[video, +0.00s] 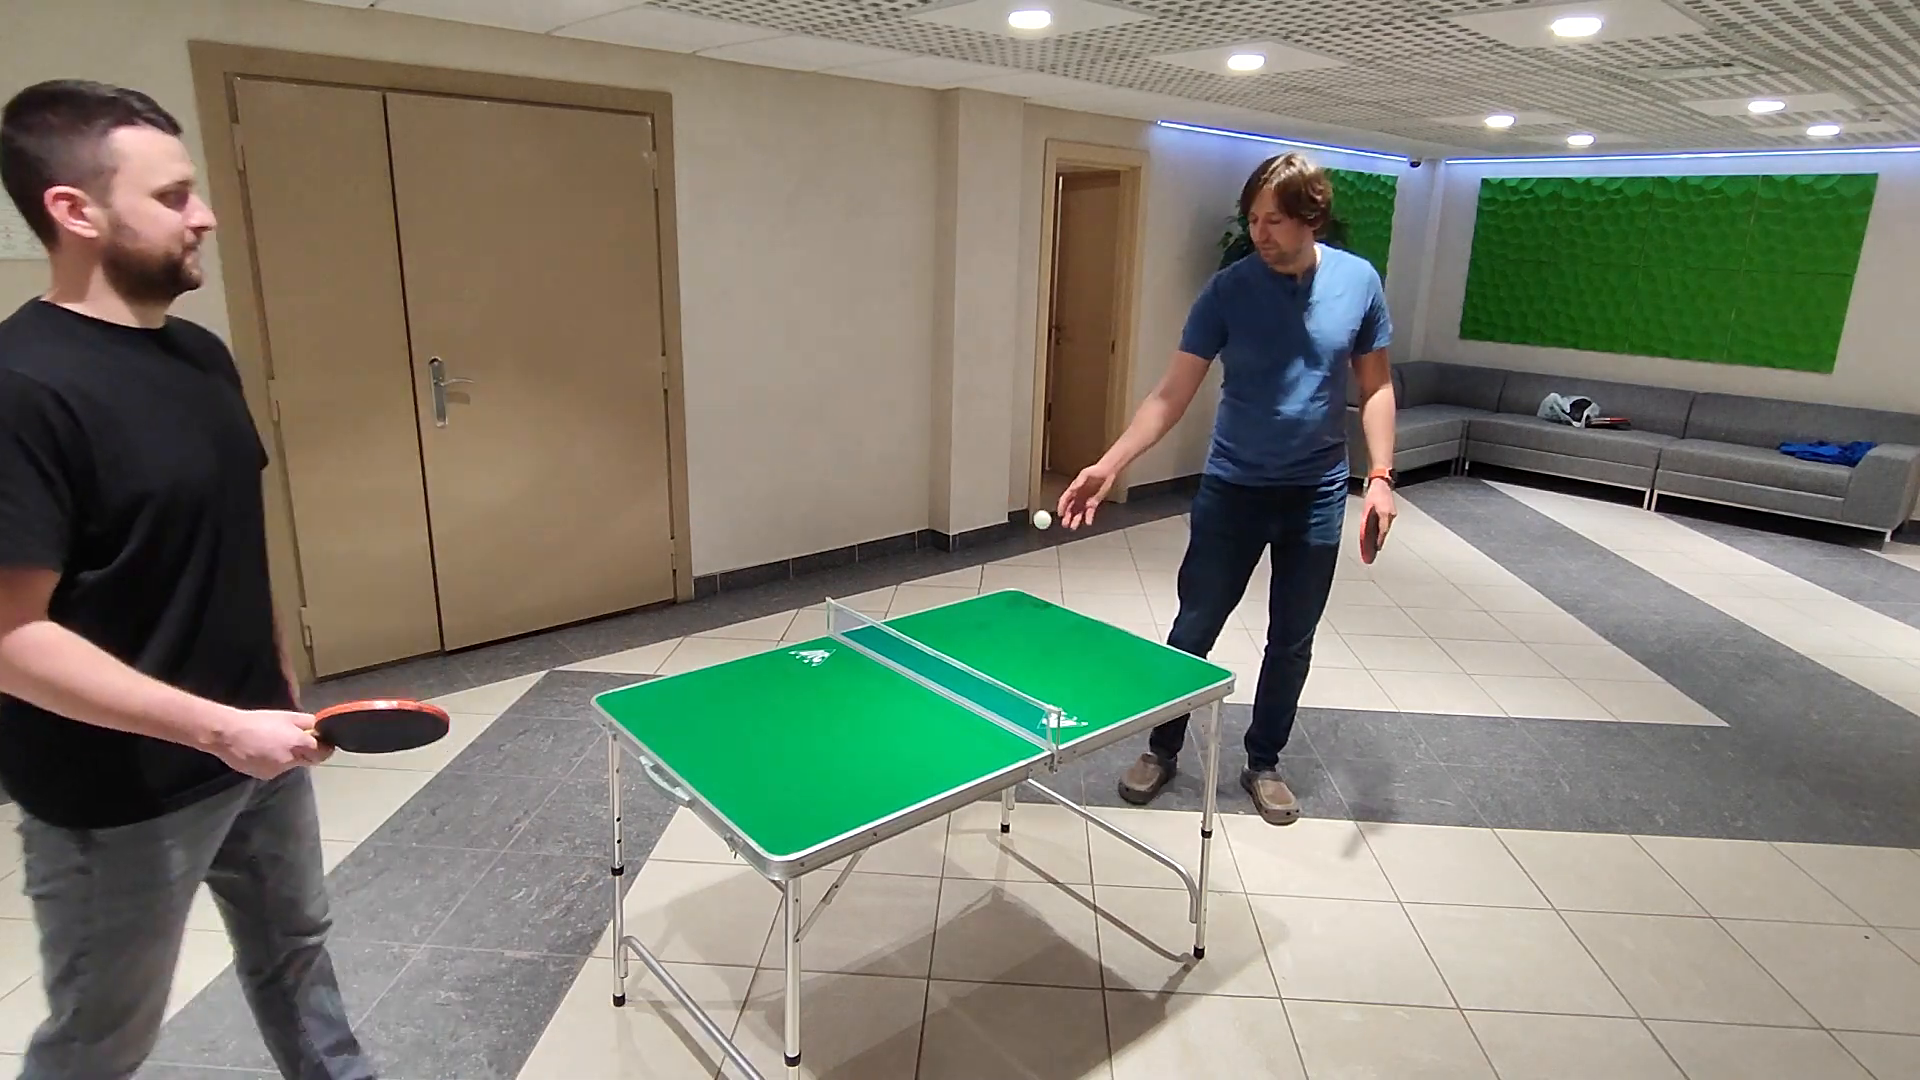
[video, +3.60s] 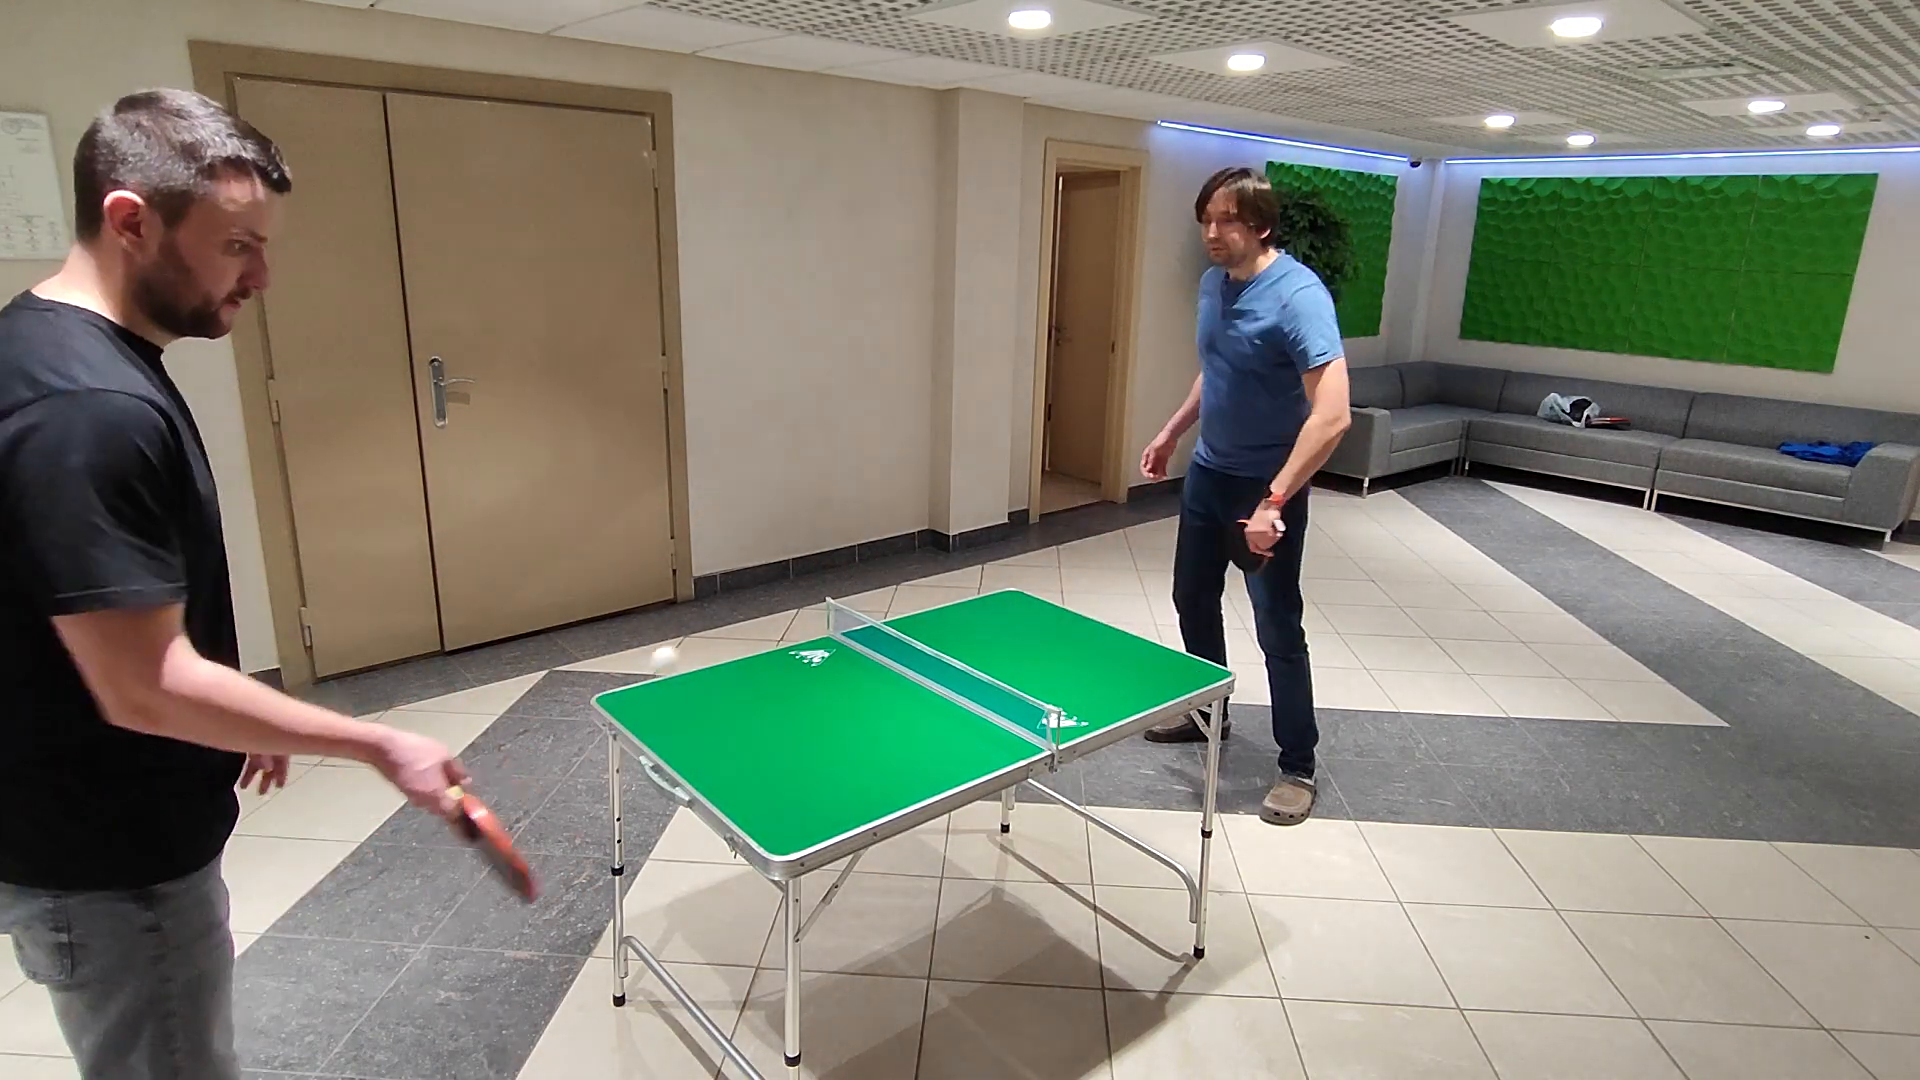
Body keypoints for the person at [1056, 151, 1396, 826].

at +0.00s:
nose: (1260, 233)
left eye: (1274, 221)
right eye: (1254, 219)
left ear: (1312, 220)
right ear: (1249, 219)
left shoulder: (1359, 282)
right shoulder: (1231, 289)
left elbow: (1376, 387)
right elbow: (1169, 398)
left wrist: (1381, 477)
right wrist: (1109, 466)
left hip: (1317, 490)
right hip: (1232, 486)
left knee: (1293, 643)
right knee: (1192, 630)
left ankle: (1264, 764)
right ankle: (1160, 752)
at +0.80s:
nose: (1225, 222)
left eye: (1237, 208)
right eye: (1212, 207)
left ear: (1252, 207)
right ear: (1187, 206)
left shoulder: (1272, 278)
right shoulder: (1150, 285)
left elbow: (1314, 369)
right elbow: (1125, 401)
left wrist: (1346, 383)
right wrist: (1194, 414)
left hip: (1243, 486)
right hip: (1161, 489)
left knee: (1261, 633)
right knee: (1153, 634)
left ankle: (1260, 765)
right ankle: (1151, 761)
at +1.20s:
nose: (1250, 219)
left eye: (1258, 205)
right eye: (1238, 206)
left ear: (1264, 207)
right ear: (1199, 206)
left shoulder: (1277, 289)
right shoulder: (1147, 282)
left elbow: (1286, 396)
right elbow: (1110, 383)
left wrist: (1304, 452)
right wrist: (1147, 420)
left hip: (1235, 487)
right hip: (1154, 486)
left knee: (1253, 642)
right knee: (1148, 634)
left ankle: (1253, 766)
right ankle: (1149, 763)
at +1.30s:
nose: (1245, 220)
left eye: (1254, 206)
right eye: (1232, 207)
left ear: (1264, 207)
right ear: (1201, 208)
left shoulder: (1285, 291)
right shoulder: (1153, 279)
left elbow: (1275, 407)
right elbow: (1115, 377)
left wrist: (1235, 485)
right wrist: (1140, 424)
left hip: (1240, 485)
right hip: (1157, 483)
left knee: (1256, 640)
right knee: (1149, 628)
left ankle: (1253, 766)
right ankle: (1150, 761)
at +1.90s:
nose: (1252, 225)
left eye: (1267, 213)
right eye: (1247, 212)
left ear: (1304, 217)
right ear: (1243, 216)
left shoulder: (1346, 293)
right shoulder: (1233, 280)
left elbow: (1362, 415)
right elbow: (1214, 379)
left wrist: (1274, 483)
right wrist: (1176, 424)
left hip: (1303, 495)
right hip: (1226, 483)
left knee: (1305, 648)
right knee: (1187, 628)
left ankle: (1298, 775)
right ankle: (1153, 755)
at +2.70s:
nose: (1188, 260)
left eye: (1196, 247)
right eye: (1185, 248)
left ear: (1235, 241)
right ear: (1214, 244)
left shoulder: (1281, 308)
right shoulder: (1220, 289)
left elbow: (1272, 430)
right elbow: (1216, 369)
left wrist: (1187, 484)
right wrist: (1154, 415)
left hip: (1281, 484)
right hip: (1225, 477)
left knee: (1282, 626)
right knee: (1207, 597)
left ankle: (1298, 770)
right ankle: (1209, 710)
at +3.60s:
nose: (1213, 232)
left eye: (1227, 222)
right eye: (1208, 221)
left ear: (1261, 229)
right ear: (1204, 226)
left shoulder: (1300, 295)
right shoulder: (1215, 283)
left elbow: (1333, 415)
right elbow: (1217, 371)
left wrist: (1273, 502)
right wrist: (1171, 432)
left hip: (1269, 492)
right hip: (1209, 477)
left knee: (1278, 636)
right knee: (1192, 601)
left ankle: (1297, 772)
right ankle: (1206, 711)